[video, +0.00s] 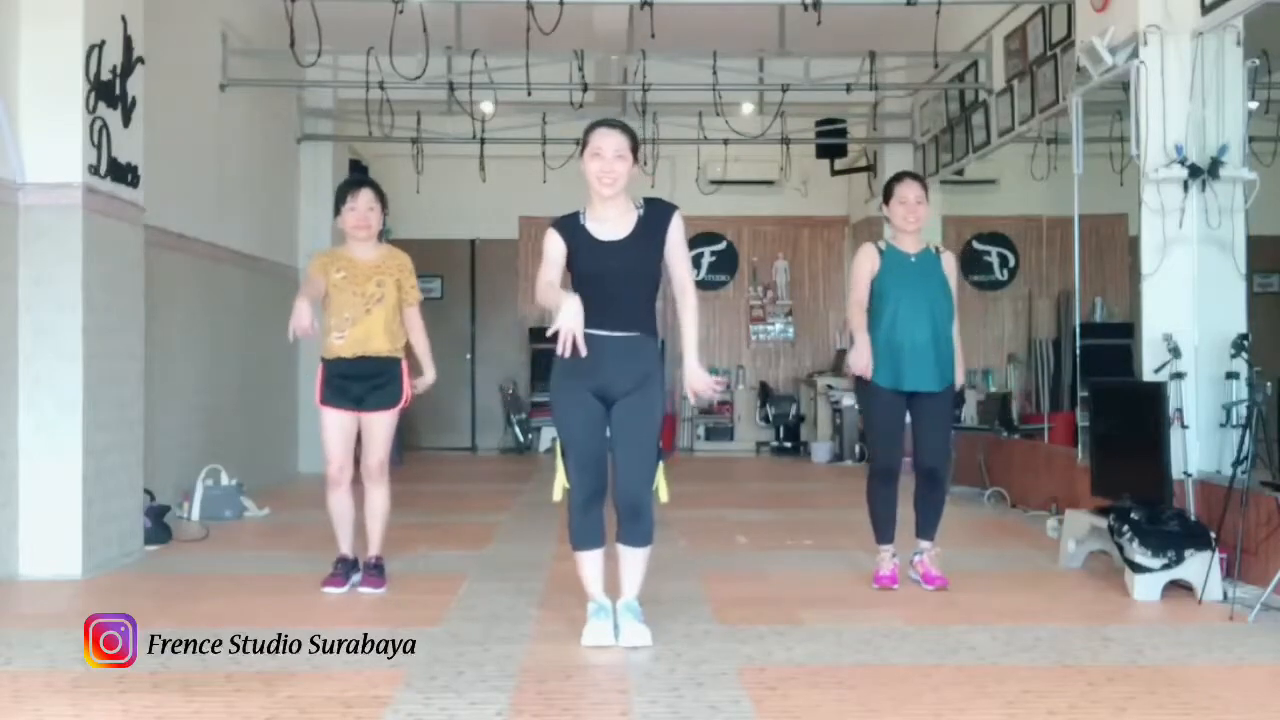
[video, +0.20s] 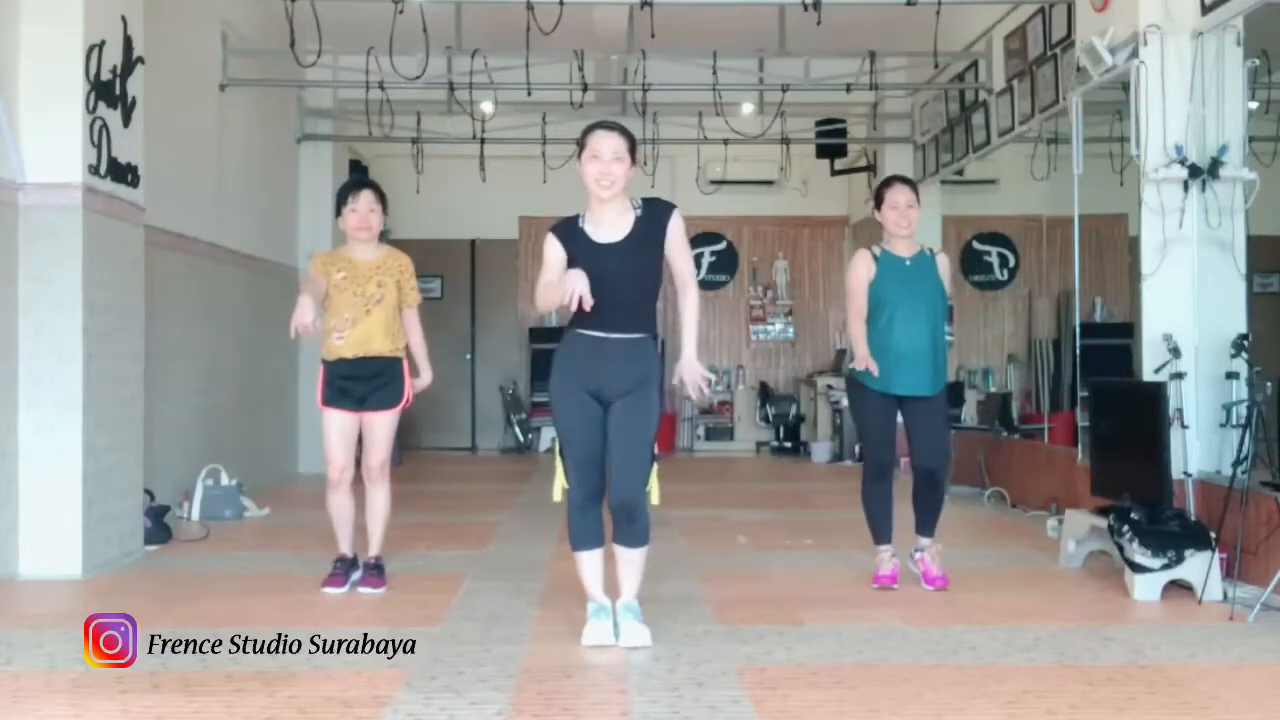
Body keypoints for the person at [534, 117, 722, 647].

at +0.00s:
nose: (607, 166)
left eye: (618, 156)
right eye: (597, 155)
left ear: (635, 165)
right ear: (582, 163)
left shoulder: (664, 220)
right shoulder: (562, 231)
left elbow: (685, 291)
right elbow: (544, 292)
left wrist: (692, 361)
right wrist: (567, 299)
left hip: (641, 368)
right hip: (576, 368)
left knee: (635, 490)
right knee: (585, 488)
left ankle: (629, 605)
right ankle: (597, 605)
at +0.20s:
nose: (605, 168)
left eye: (616, 159)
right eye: (595, 158)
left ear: (633, 167)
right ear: (580, 166)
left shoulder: (663, 220)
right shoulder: (563, 234)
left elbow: (688, 289)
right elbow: (541, 304)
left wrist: (689, 355)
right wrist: (567, 280)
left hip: (637, 370)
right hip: (575, 370)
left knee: (628, 492)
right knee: (583, 491)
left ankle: (629, 606)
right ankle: (597, 606)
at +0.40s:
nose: (608, 168)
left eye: (619, 158)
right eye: (598, 157)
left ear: (635, 167)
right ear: (582, 166)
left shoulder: (664, 220)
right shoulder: (565, 236)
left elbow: (687, 293)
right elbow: (546, 304)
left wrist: (694, 360)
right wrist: (563, 328)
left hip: (639, 370)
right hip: (577, 370)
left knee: (633, 493)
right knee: (585, 490)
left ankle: (629, 605)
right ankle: (597, 605)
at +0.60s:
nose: (616, 162)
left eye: (626, 152)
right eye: (605, 152)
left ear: (641, 160)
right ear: (588, 161)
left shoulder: (666, 218)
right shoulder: (568, 228)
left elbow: (689, 293)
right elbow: (550, 302)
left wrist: (694, 357)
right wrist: (548, 363)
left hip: (646, 364)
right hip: (584, 364)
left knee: (641, 487)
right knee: (591, 487)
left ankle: (630, 604)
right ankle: (598, 604)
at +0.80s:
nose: (622, 161)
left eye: (632, 151)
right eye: (611, 151)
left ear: (647, 159)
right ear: (593, 160)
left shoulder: (669, 220)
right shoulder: (569, 224)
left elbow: (692, 286)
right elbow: (548, 301)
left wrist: (684, 319)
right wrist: (534, 373)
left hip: (653, 364)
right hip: (590, 366)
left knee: (645, 487)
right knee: (598, 487)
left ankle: (632, 604)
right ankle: (599, 605)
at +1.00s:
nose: (624, 168)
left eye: (633, 158)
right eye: (613, 158)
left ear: (648, 167)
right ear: (595, 165)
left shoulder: (672, 228)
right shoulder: (570, 229)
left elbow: (703, 291)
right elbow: (542, 305)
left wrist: (681, 287)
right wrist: (518, 374)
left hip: (655, 367)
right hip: (592, 369)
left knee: (648, 488)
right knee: (599, 491)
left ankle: (633, 605)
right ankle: (599, 602)